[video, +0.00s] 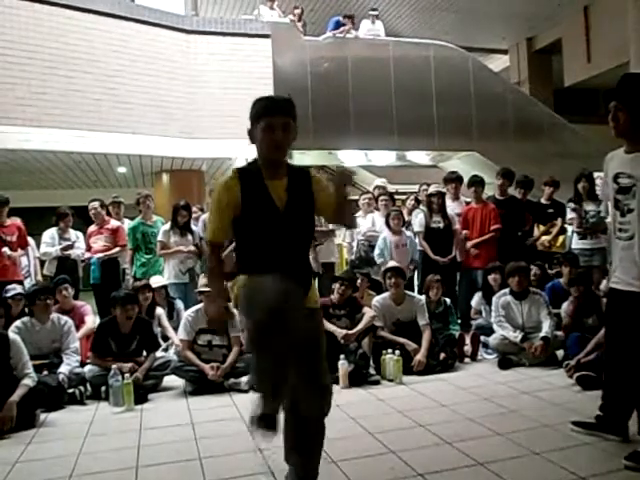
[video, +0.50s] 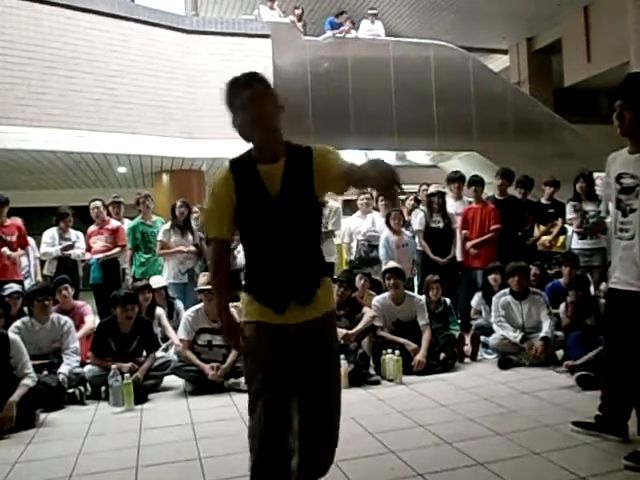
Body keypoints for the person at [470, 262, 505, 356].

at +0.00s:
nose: (494, 277)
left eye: (497, 273)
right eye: (490, 274)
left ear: (502, 276)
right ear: (486, 277)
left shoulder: (506, 294)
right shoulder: (480, 295)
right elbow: (473, 314)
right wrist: (486, 319)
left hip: (503, 325)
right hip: (486, 325)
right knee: (479, 326)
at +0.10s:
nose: (494, 277)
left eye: (496, 273)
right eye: (490, 274)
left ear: (502, 276)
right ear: (486, 277)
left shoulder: (507, 294)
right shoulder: (480, 295)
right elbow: (473, 314)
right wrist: (486, 319)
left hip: (504, 325)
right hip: (487, 325)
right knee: (479, 327)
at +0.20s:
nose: (494, 277)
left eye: (497, 273)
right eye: (490, 274)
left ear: (502, 276)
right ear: (486, 277)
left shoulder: (506, 293)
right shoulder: (480, 295)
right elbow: (473, 315)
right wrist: (487, 320)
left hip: (503, 324)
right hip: (486, 325)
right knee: (479, 327)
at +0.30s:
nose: (494, 277)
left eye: (497, 273)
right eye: (490, 274)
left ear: (502, 276)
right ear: (486, 277)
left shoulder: (507, 293)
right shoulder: (480, 295)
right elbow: (473, 315)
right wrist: (487, 320)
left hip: (504, 325)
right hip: (486, 325)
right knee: (479, 328)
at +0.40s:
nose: (494, 277)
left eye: (497, 273)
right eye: (490, 274)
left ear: (502, 276)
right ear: (486, 278)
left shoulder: (507, 293)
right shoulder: (480, 296)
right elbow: (473, 315)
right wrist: (487, 320)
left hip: (504, 325)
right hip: (486, 325)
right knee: (479, 329)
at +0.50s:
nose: (494, 277)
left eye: (497, 273)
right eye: (490, 274)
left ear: (502, 276)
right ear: (486, 278)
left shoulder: (507, 293)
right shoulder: (480, 296)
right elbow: (473, 315)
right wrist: (487, 320)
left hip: (504, 325)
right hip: (486, 325)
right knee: (479, 329)